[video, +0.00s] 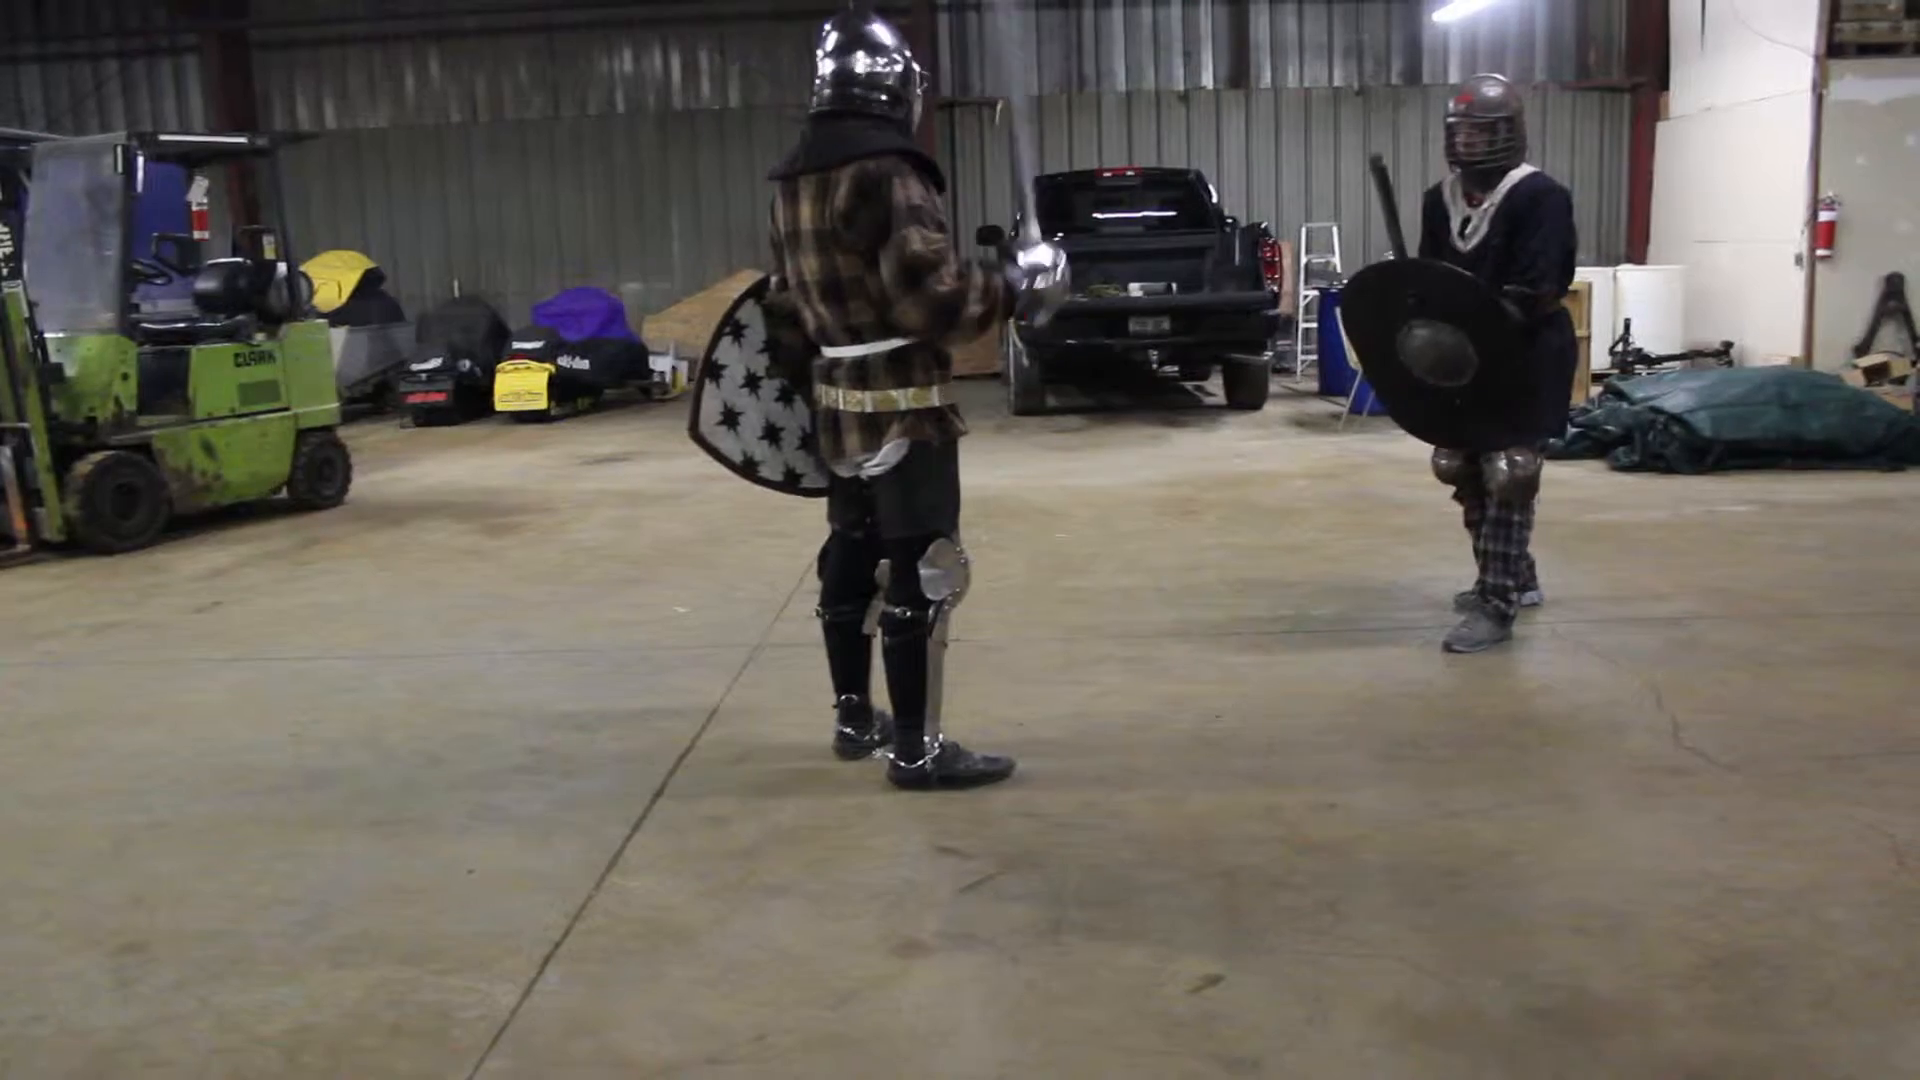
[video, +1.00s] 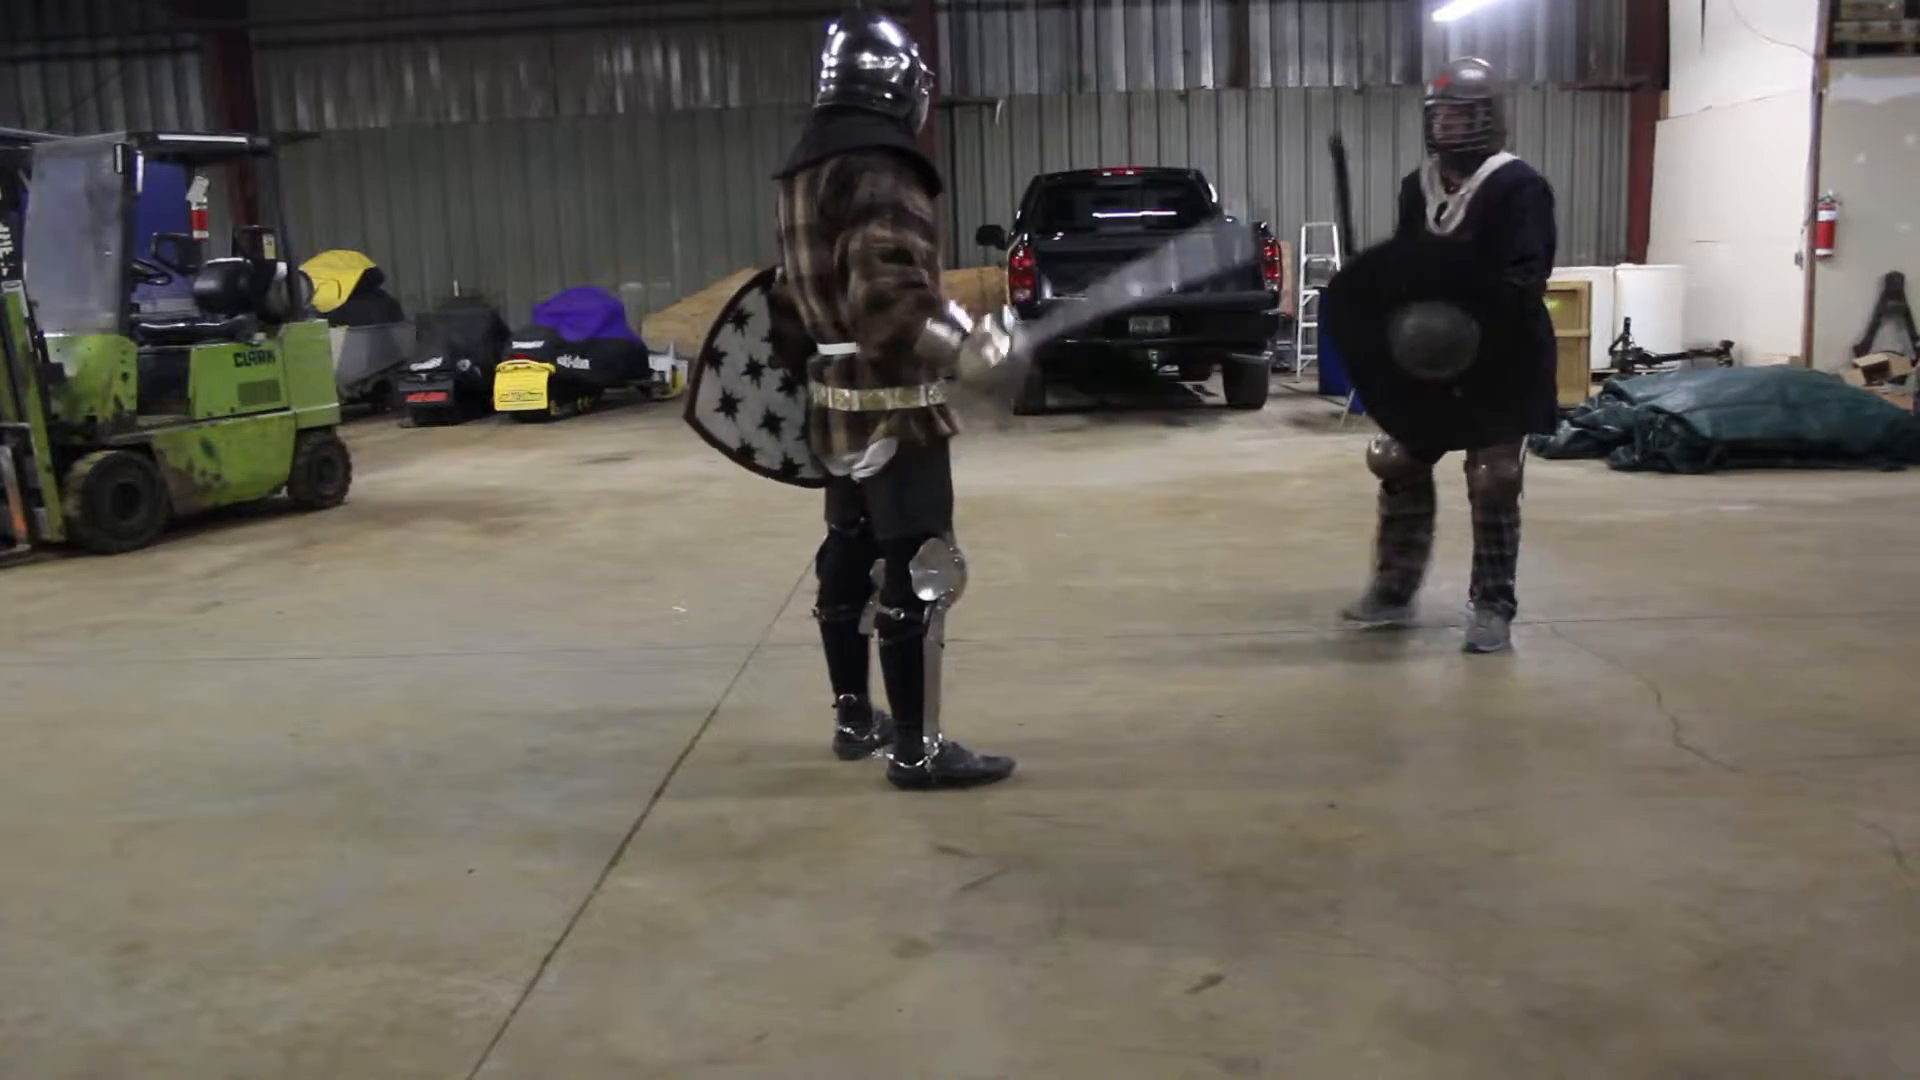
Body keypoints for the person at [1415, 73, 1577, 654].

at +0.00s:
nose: (1468, 139)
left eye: (1482, 128)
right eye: (1460, 128)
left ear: (1511, 133)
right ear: (1449, 133)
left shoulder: (1541, 197)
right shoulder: (1439, 201)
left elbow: (1543, 286)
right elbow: (1431, 281)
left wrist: (1479, 323)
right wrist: (1423, 337)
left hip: (1529, 362)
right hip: (1465, 363)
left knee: (1510, 469)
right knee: (1457, 464)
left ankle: (1495, 603)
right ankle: (1515, 575)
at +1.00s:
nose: (1448, 124)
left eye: (1463, 113)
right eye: (1439, 113)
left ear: (1490, 119)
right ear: (1428, 118)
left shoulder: (1520, 187)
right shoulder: (1417, 188)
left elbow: (1526, 279)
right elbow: (1403, 272)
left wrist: (1467, 320)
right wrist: (1400, 330)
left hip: (1503, 363)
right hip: (1429, 359)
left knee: (1493, 475)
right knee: (1398, 459)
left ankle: (1491, 608)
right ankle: (1393, 593)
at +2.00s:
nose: (1391, 151)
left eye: (1404, 135)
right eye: (1379, 140)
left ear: (1425, 141)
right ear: (1363, 153)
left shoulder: (1459, 196)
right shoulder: (1351, 207)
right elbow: (1290, 247)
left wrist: (1419, 143)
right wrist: (1277, 188)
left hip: (1461, 338)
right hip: (1388, 343)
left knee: (1470, 475)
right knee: (1365, 469)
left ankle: (1500, 593)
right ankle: (1365, 600)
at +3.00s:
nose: (1425, 144)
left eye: (1437, 132)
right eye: (1414, 133)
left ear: (1458, 136)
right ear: (1401, 137)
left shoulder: (1488, 204)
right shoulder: (1391, 200)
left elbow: (1465, 280)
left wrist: (1417, 217)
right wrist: (1312, 180)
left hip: (1479, 350)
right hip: (1410, 349)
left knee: (1480, 487)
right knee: (1368, 476)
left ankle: (1504, 598)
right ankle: (1347, 607)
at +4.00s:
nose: (1374, 156)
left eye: (1387, 143)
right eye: (1363, 143)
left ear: (1413, 148)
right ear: (1353, 147)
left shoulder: (1443, 215)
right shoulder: (1347, 209)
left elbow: (1438, 305)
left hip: (1438, 357)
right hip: (1365, 358)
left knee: (1461, 489)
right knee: (1330, 479)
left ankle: (1504, 597)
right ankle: (1344, 610)